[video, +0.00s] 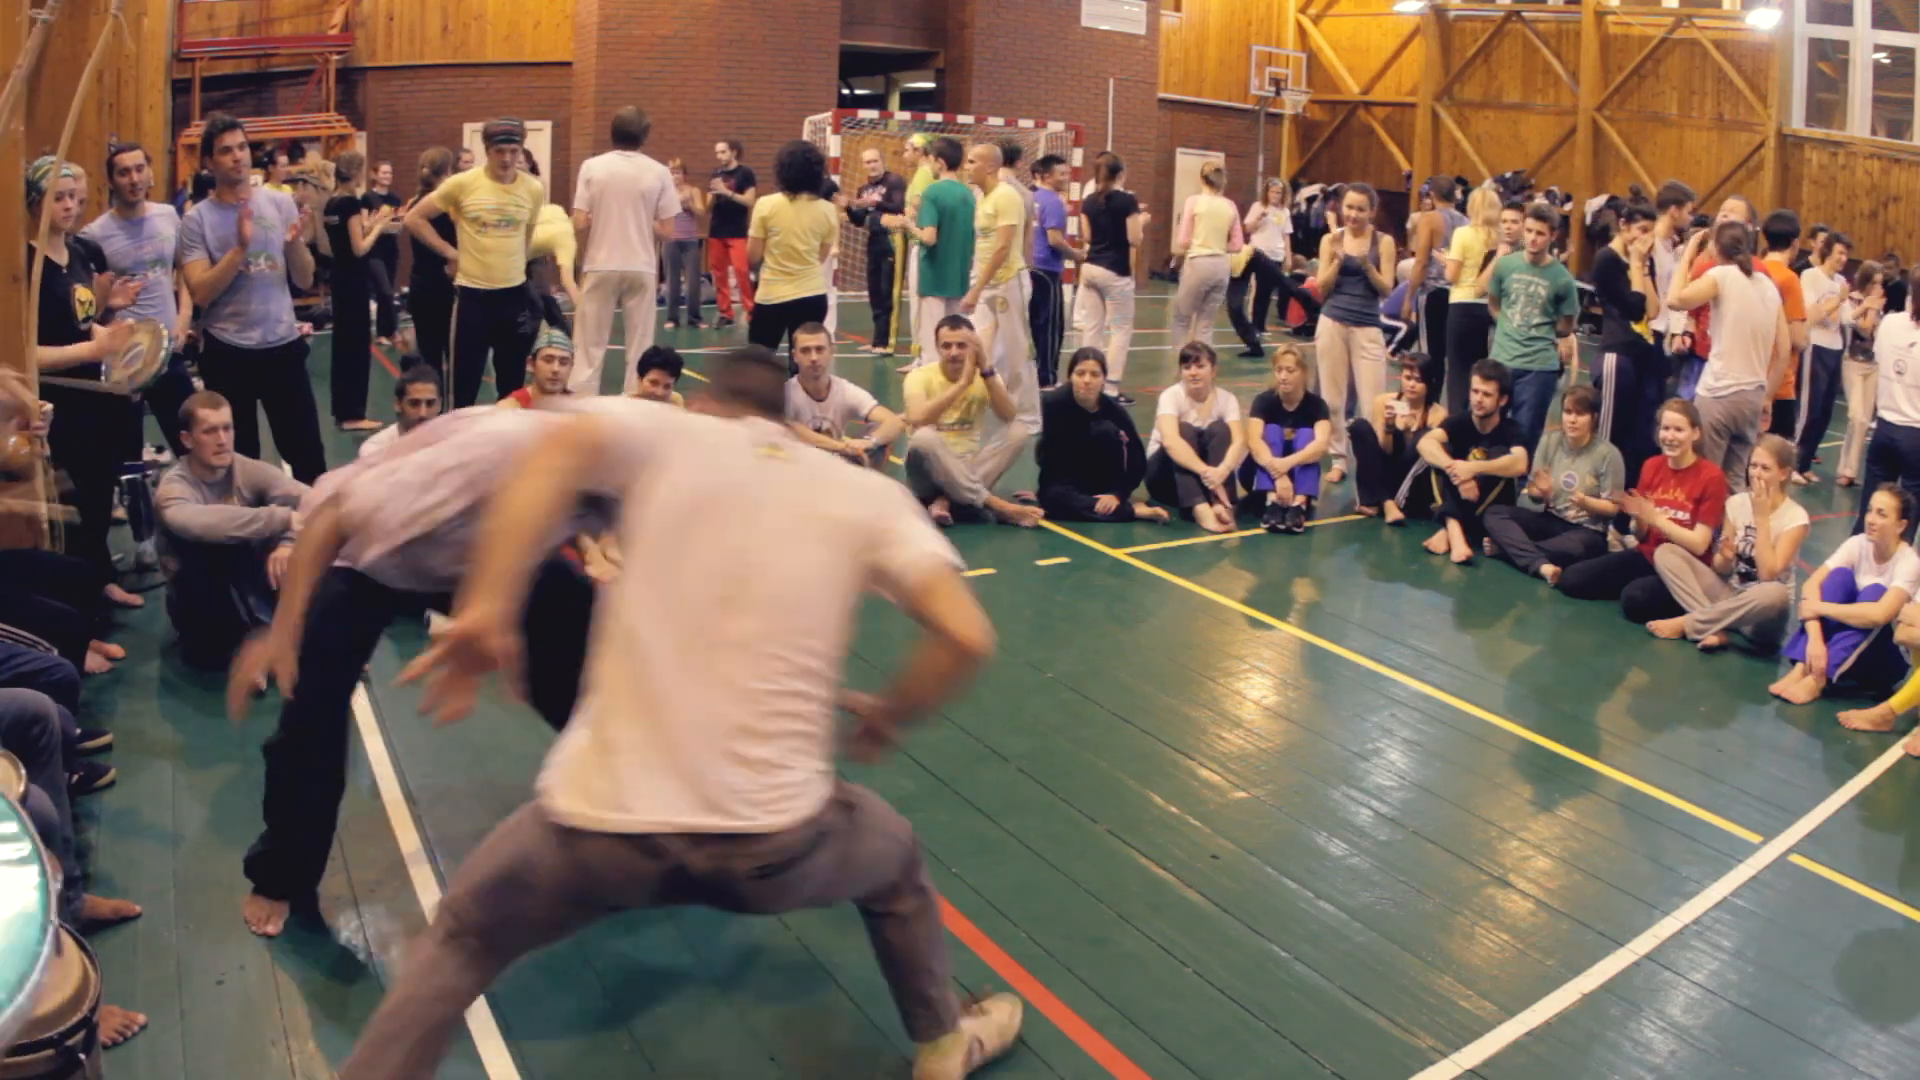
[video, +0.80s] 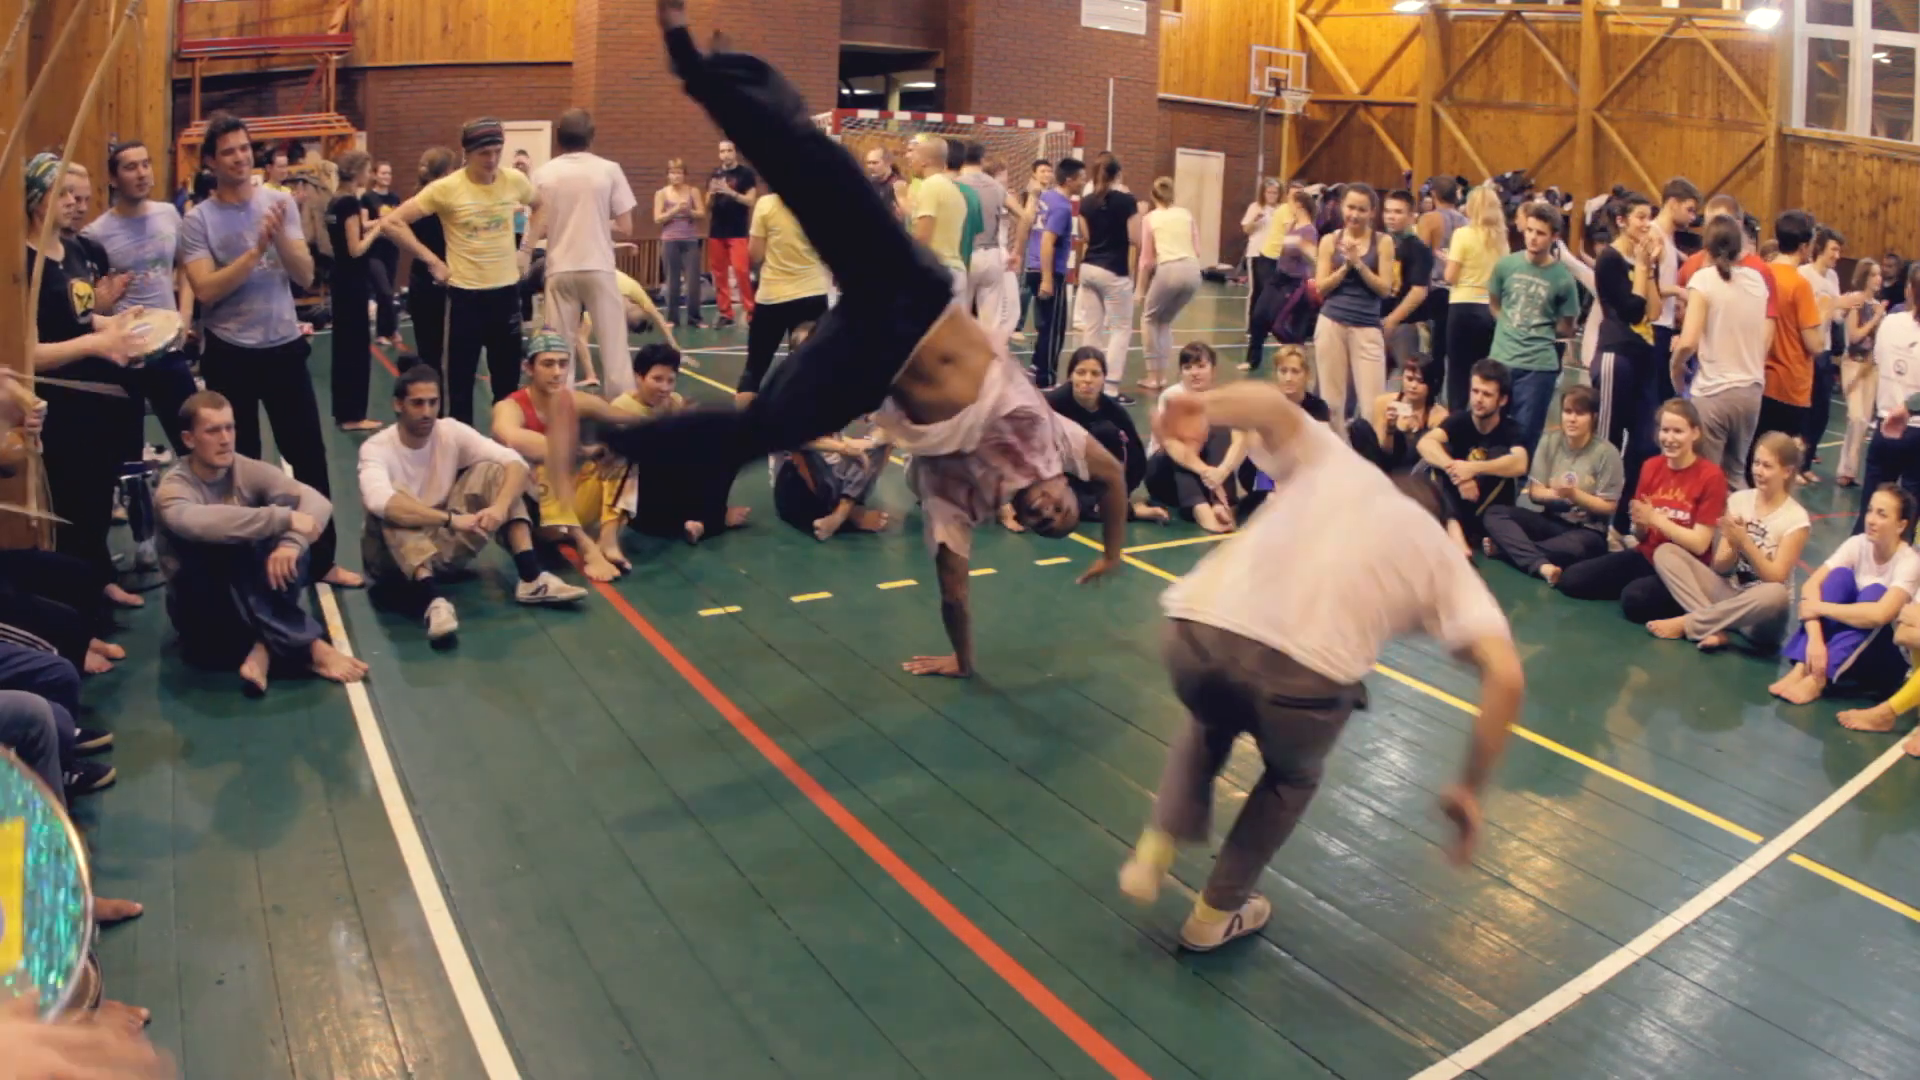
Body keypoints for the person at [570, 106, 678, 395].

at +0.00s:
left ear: (612, 134)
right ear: (644, 136)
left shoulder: (592, 167)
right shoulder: (658, 172)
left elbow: (580, 221)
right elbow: (667, 230)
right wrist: (641, 220)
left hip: (600, 264)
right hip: (641, 265)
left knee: (589, 345)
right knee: (640, 346)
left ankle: (580, 409)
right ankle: (634, 413)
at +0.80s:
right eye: (592, 134)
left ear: (559, 137)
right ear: (591, 137)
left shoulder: (543, 173)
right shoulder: (609, 170)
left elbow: (536, 230)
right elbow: (625, 227)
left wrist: (562, 225)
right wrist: (597, 226)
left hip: (559, 269)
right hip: (598, 267)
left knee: (559, 347)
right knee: (613, 345)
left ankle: (560, 414)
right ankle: (622, 413)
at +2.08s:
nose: (593, 136)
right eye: (591, 132)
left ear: (558, 137)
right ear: (590, 136)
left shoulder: (544, 174)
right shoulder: (608, 168)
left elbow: (533, 230)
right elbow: (623, 226)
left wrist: (563, 223)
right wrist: (599, 224)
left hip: (561, 268)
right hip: (599, 265)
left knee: (562, 346)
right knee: (611, 344)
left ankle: (563, 408)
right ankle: (613, 409)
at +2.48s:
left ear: (579, 134)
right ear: (612, 134)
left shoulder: (564, 171)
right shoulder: (631, 170)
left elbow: (557, 226)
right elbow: (647, 229)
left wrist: (584, 224)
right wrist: (620, 224)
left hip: (582, 270)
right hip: (621, 268)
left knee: (578, 351)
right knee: (626, 351)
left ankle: (573, 419)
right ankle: (624, 421)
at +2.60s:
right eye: (619, 129)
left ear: (587, 134)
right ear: (619, 134)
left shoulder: (570, 172)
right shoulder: (638, 170)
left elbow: (565, 228)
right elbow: (652, 228)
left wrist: (588, 220)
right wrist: (625, 226)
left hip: (588, 269)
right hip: (628, 268)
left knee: (580, 352)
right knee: (630, 351)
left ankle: (575, 421)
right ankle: (626, 422)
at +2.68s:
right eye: (622, 130)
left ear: (590, 134)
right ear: (623, 134)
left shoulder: (574, 172)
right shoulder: (642, 170)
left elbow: (568, 228)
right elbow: (655, 226)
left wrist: (592, 223)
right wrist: (629, 234)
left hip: (591, 269)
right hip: (631, 267)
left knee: (582, 353)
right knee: (632, 353)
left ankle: (576, 423)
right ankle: (627, 423)